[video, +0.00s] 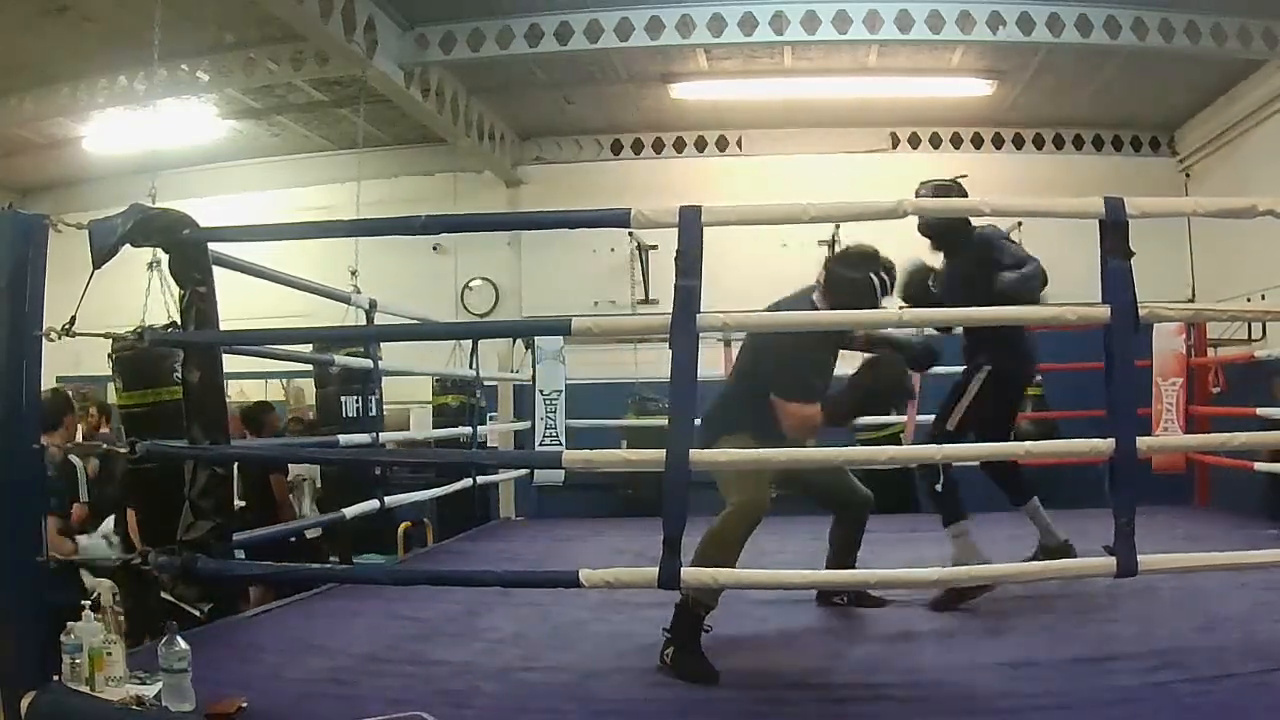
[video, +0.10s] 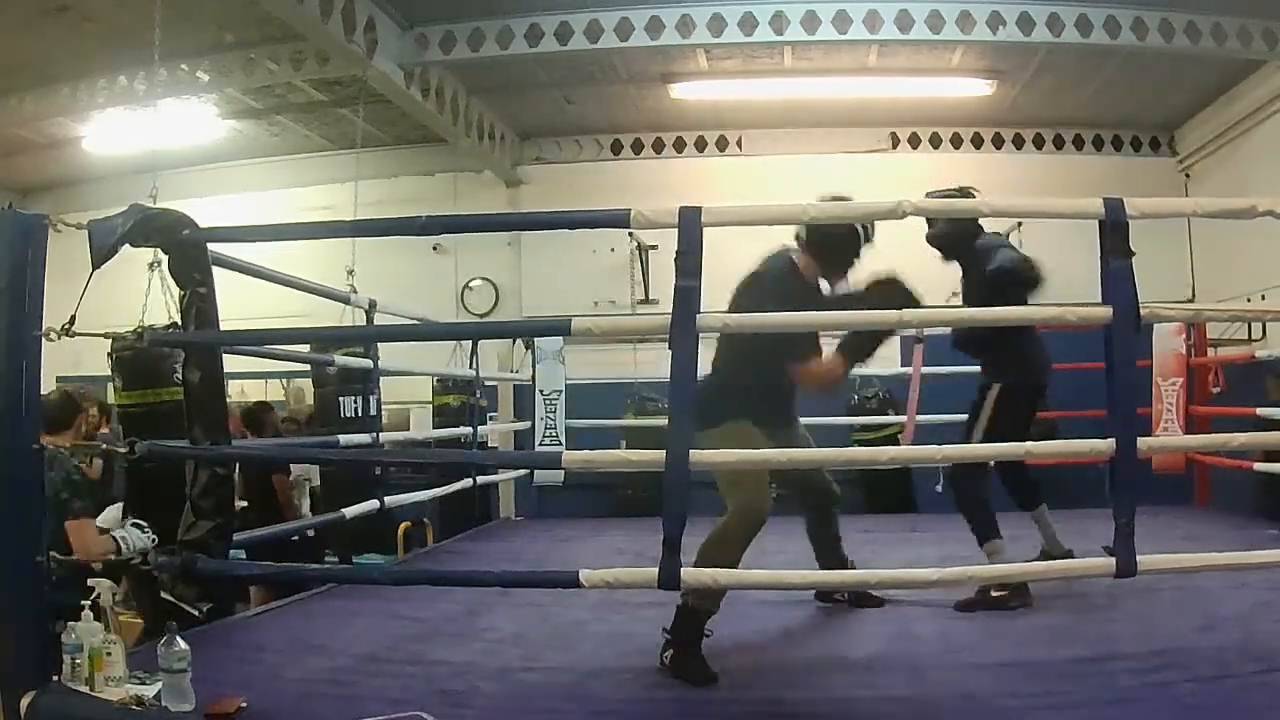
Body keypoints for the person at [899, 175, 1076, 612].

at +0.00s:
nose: (922, 231)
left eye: (926, 222)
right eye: (921, 223)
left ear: (945, 220)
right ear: (949, 220)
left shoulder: (987, 241)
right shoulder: (954, 260)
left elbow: (1035, 273)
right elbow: (949, 316)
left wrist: (1009, 282)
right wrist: (921, 293)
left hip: (998, 362)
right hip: (1000, 362)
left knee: (930, 454)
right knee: (993, 455)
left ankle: (967, 560)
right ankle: (1052, 539)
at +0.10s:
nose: (928, 234)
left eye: (934, 224)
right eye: (928, 225)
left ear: (957, 225)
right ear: (962, 224)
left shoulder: (990, 253)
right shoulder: (976, 258)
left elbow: (1023, 272)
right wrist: (964, 333)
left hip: (1011, 375)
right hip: (1019, 371)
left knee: (965, 473)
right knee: (1008, 460)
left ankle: (1001, 576)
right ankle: (1054, 546)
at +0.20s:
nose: (943, 228)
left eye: (948, 219)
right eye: (942, 220)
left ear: (969, 217)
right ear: (975, 217)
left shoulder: (1003, 240)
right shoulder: (987, 257)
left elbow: (1011, 274)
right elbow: (987, 328)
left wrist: (959, 270)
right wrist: (964, 339)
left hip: (1031, 363)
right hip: (1033, 362)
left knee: (993, 460)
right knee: (1025, 454)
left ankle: (1007, 574)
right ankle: (1063, 543)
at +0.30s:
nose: (961, 230)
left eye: (967, 220)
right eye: (960, 221)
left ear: (990, 219)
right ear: (989, 222)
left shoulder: (1023, 245)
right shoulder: (996, 260)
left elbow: (1029, 292)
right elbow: (993, 334)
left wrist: (965, 289)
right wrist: (952, 313)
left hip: (1050, 362)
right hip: (1036, 363)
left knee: (1004, 457)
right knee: (1036, 455)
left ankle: (1018, 574)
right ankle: (1091, 544)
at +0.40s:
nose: (976, 234)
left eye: (982, 225)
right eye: (975, 226)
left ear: (1006, 225)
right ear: (997, 229)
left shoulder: (1037, 251)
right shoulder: (1007, 264)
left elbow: (1068, 304)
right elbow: (998, 337)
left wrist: (1001, 301)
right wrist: (970, 303)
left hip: (1053, 376)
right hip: (1037, 375)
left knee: (1006, 462)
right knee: (1036, 463)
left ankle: (1021, 573)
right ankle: (1090, 544)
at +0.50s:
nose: (991, 216)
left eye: (997, 206)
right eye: (988, 207)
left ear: (1020, 202)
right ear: (997, 205)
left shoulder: (1052, 237)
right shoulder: (1010, 243)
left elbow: (1074, 302)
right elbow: (1008, 300)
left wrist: (1015, 294)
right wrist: (975, 281)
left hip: (1054, 355)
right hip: (1035, 356)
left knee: (1017, 449)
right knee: (1048, 447)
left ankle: (1025, 568)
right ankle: (1092, 541)